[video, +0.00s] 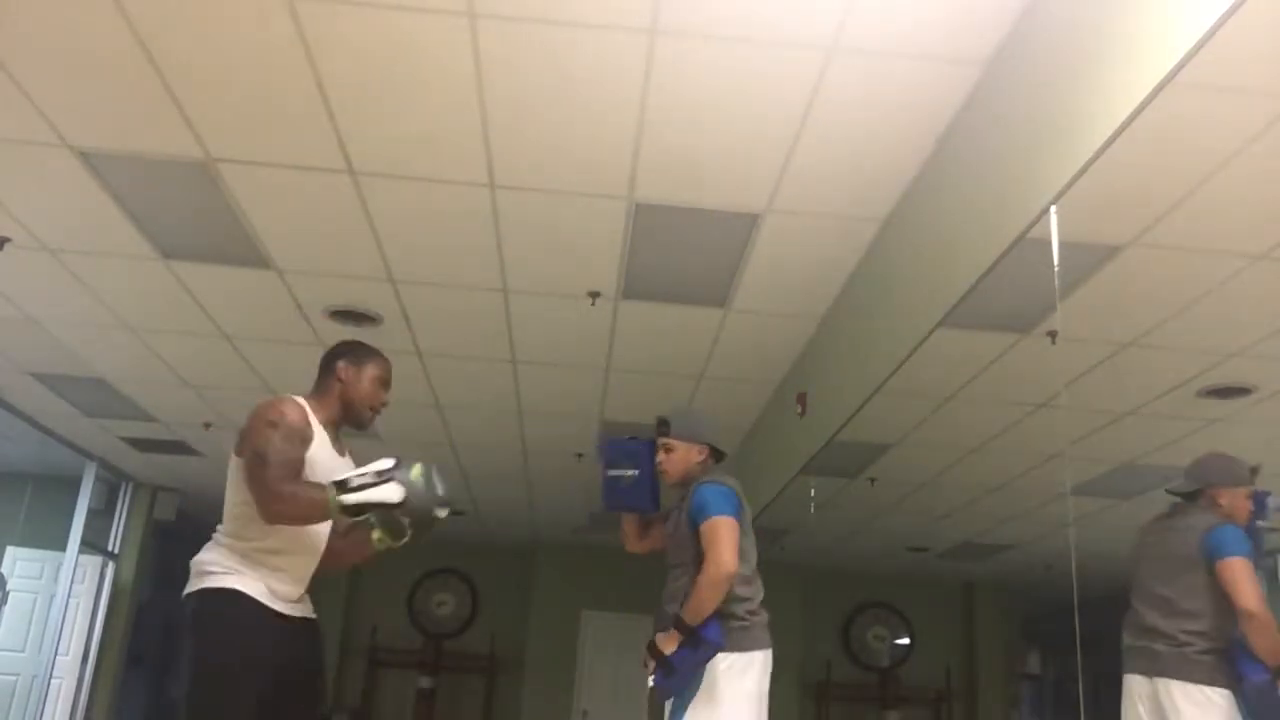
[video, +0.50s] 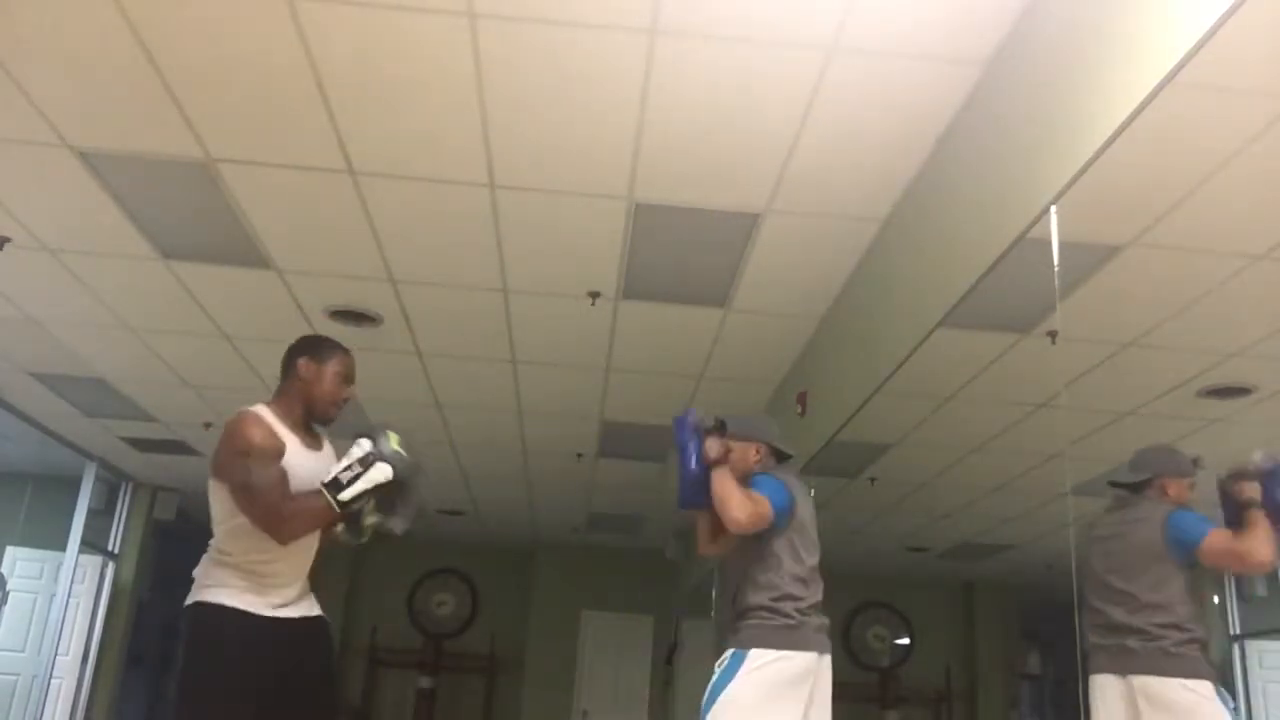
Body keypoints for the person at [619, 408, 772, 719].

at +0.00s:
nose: (658, 459)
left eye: (668, 450)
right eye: (659, 450)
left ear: (700, 453)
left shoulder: (711, 492)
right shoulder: (692, 501)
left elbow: (721, 568)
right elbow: (637, 541)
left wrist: (676, 632)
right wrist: (630, 475)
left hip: (727, 655)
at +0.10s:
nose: (676, 460)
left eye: (685, 450)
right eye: (677, 451)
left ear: (716, 454)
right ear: (715, 456)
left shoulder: (726, 493)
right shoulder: (711, 498)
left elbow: (730, 570)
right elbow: (653, 542)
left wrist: (682, 631)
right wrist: (649, 474)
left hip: (733, 656)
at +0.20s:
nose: (692, 464)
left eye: (701, 455)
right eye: (692, 456)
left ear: (733, 460)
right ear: (732, 462)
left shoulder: (739, 499)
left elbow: (745, 574)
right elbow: (671, 549)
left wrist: (690, 628)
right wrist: (666, 483)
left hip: (745, 658)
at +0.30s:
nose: (703, 466)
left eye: (712, 456)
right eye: (704, 457)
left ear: (744, 458)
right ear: (744, 460)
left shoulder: (753, 498)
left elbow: (764, 564)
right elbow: (691, 552)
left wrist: (703, 590)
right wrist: (684, 489)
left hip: (757, 658)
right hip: (792, 658)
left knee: (704, 712)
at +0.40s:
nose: (713, 464)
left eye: (722, 454)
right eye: (713, 455)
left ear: (752, 455)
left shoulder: (765, 488)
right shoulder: (782, 489)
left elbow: (763, 542)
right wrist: (688, 495)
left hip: (766, 651)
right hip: (803, 652)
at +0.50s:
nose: (723, 457)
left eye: (730, 448)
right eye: (723, 449)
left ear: (757, 452)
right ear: (756, 453)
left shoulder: (775, 484)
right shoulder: (793, 487)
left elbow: (741, 517)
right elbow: (709, 544)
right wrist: (703, 476)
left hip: (769, 647)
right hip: (808, 648)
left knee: (725, 712)